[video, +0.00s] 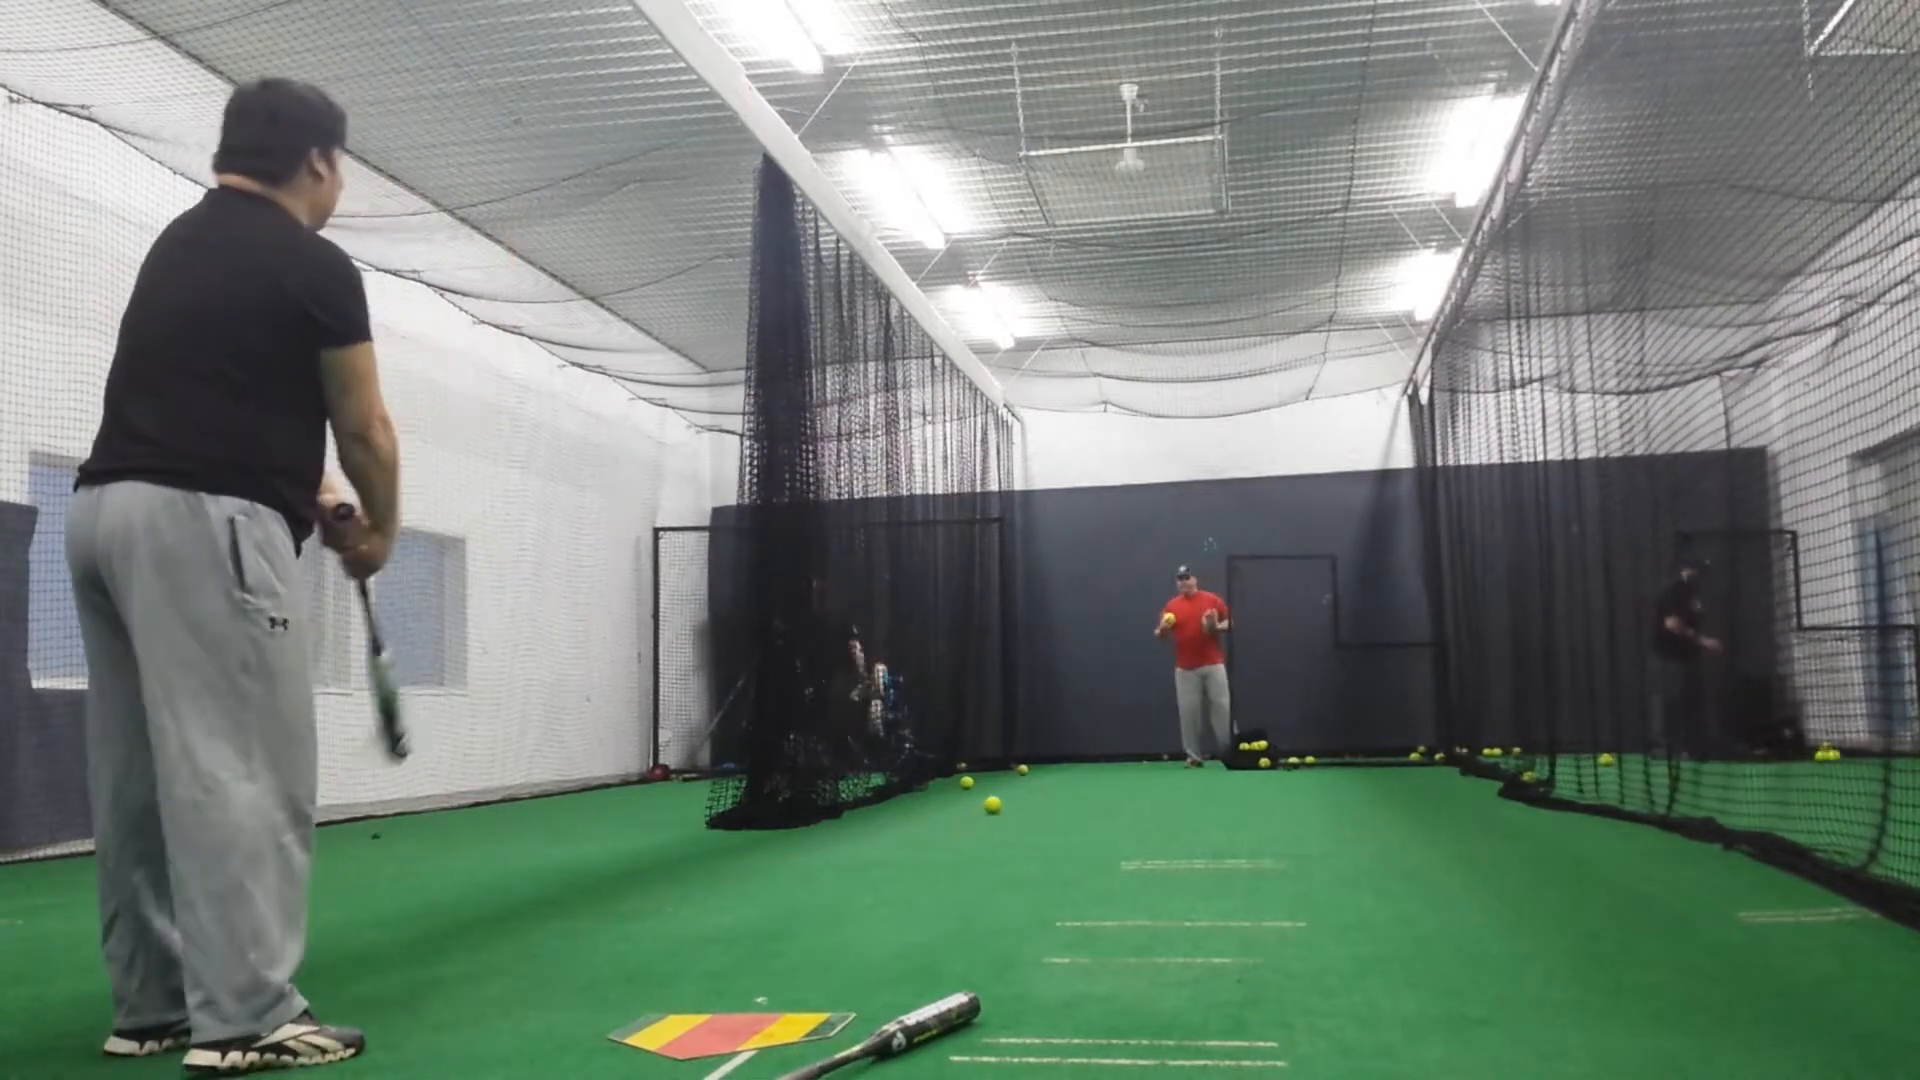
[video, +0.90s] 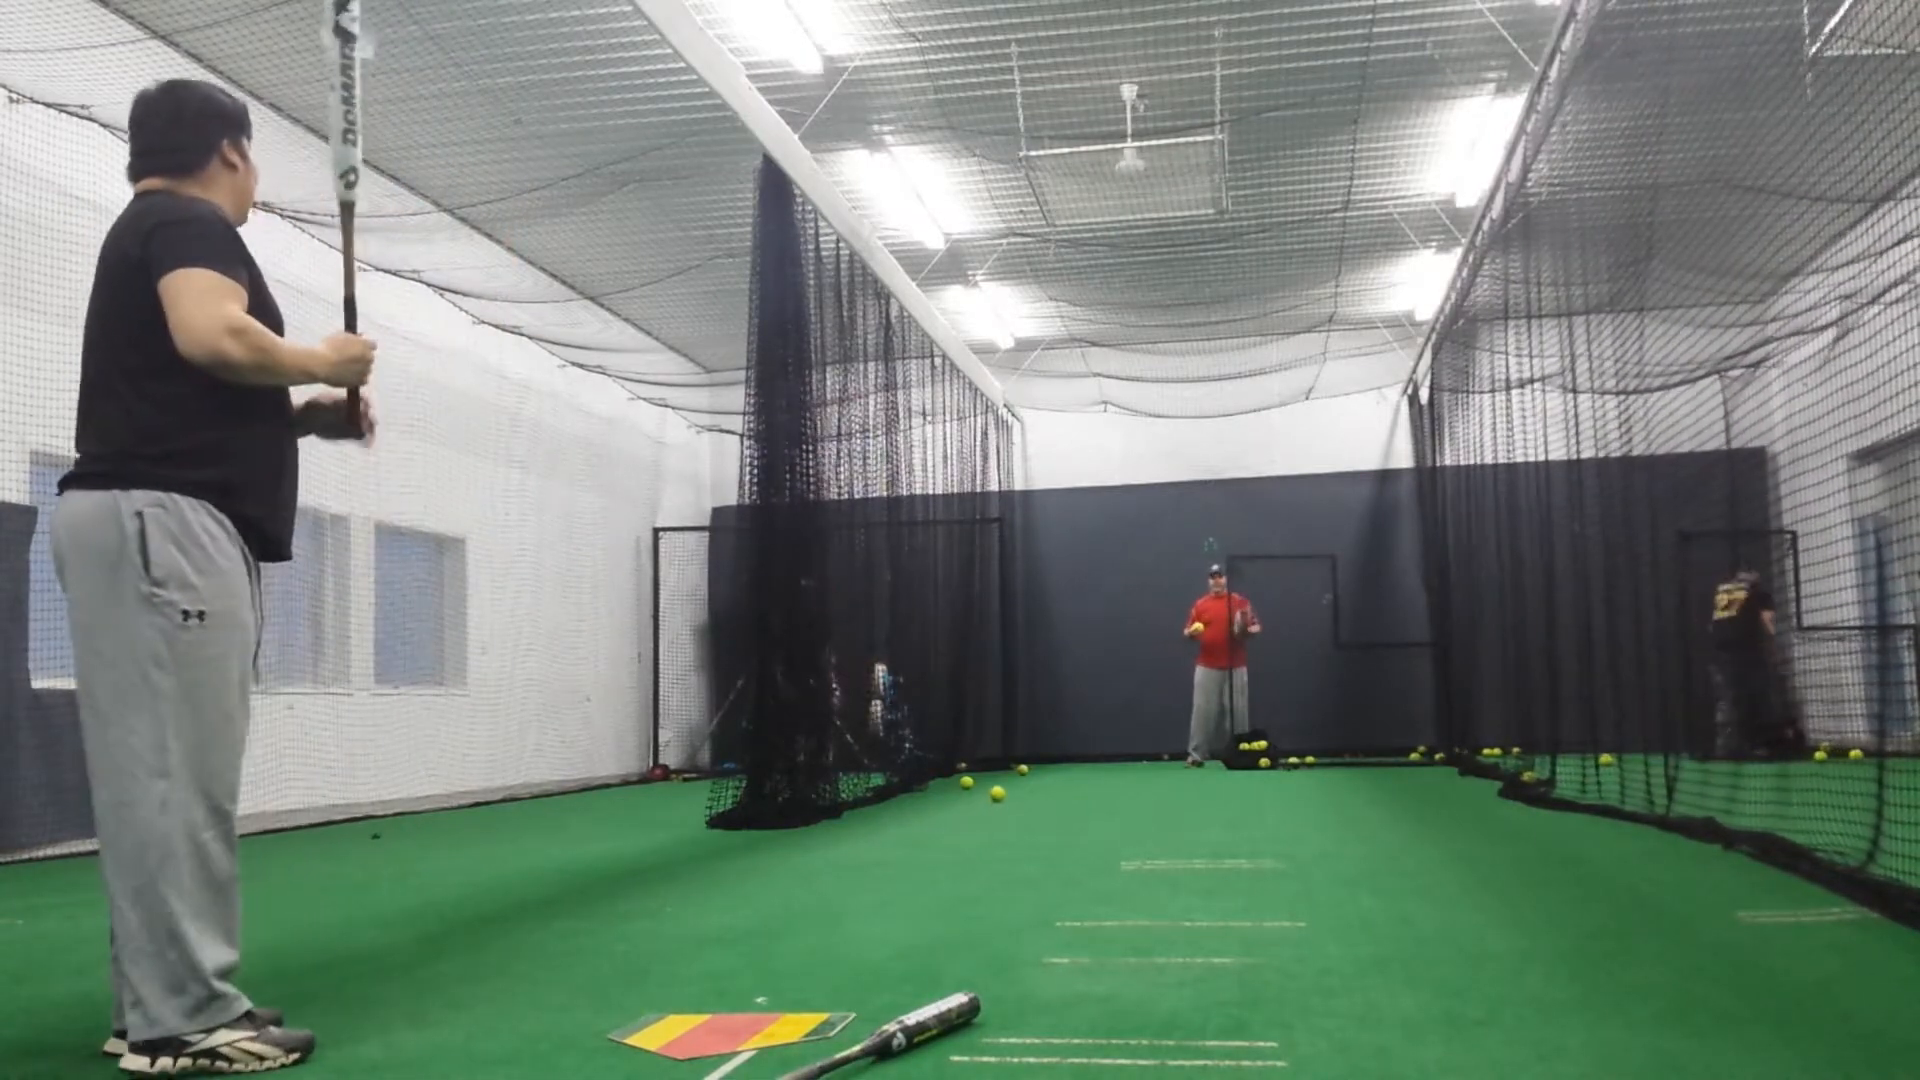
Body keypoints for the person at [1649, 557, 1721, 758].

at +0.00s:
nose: (1697, 577)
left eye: (1699, 573)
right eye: (1694, 572)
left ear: (1699, 573)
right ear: (1685, 571)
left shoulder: (1692, 593)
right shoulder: (1675, 591)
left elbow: (1689, 624)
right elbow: (1672, 623)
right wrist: (1702, 640)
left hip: (1687, 655)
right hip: (1672, 655)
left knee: (1689, 698)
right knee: (1676, 699)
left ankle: (1691, 744)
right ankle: (1676, 746)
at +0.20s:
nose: (1711, 577)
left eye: (1713, 573)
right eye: (1709, 572)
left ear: (1712, 574)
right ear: (1701, 571)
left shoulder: (1706, 594)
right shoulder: (1690, 590)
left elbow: (1709, 625)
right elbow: (1695, 621)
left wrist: (1728, 643)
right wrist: (1725, 646)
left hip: (1698, 654)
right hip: (1682, 655)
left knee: (1701, 698)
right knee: (1682, 699)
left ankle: (1702, 746)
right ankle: (1664, 746)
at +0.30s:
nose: (1718, 576)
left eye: (1717, 572)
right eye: (1716, 572)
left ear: (1700, 571)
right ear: (1709, 572)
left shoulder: (1693, 589)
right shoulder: (1702, 589)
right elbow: (1707, 620)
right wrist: (1726, 642)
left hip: (1694, 654)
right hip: (1704, 655)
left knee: (1696, 699)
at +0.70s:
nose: (1734, 572)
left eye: (1732, 567)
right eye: (1734, 568)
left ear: (1717, 566)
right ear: (1734, 567)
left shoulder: (1705, 587)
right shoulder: (1730, 585)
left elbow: (1705, 617)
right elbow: (1737, 612)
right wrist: (1751, 639)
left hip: (1709, 645)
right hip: (1729, 646)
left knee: (1717, 696)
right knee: (1732, 694)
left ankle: (1721, 744)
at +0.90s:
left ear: (1736, 575)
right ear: (1756, 579)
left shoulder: (1722, 591)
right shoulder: (1758, 593)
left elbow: (1715, 620)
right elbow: (1767, 619)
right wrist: (1772, 637)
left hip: (1723, 650)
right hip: (1750, 650)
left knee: (1726, 698)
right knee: (1754, 695)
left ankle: (1724, 745)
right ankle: (1756, 743)